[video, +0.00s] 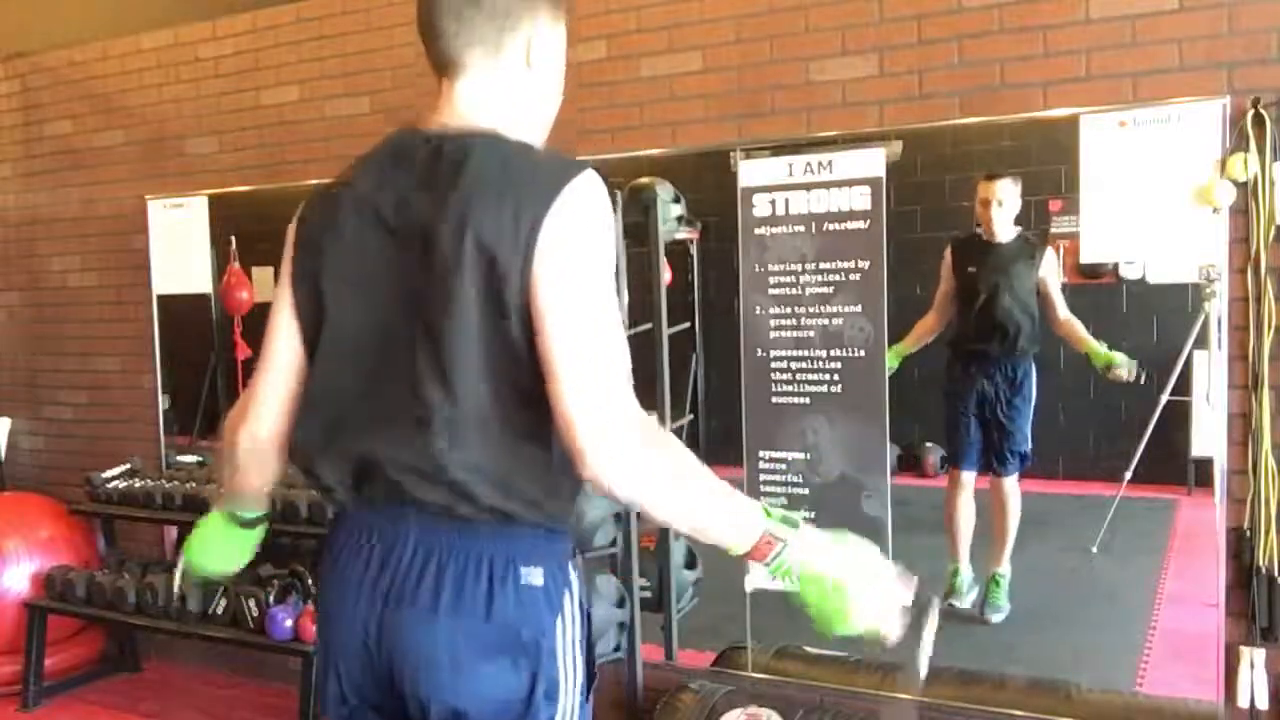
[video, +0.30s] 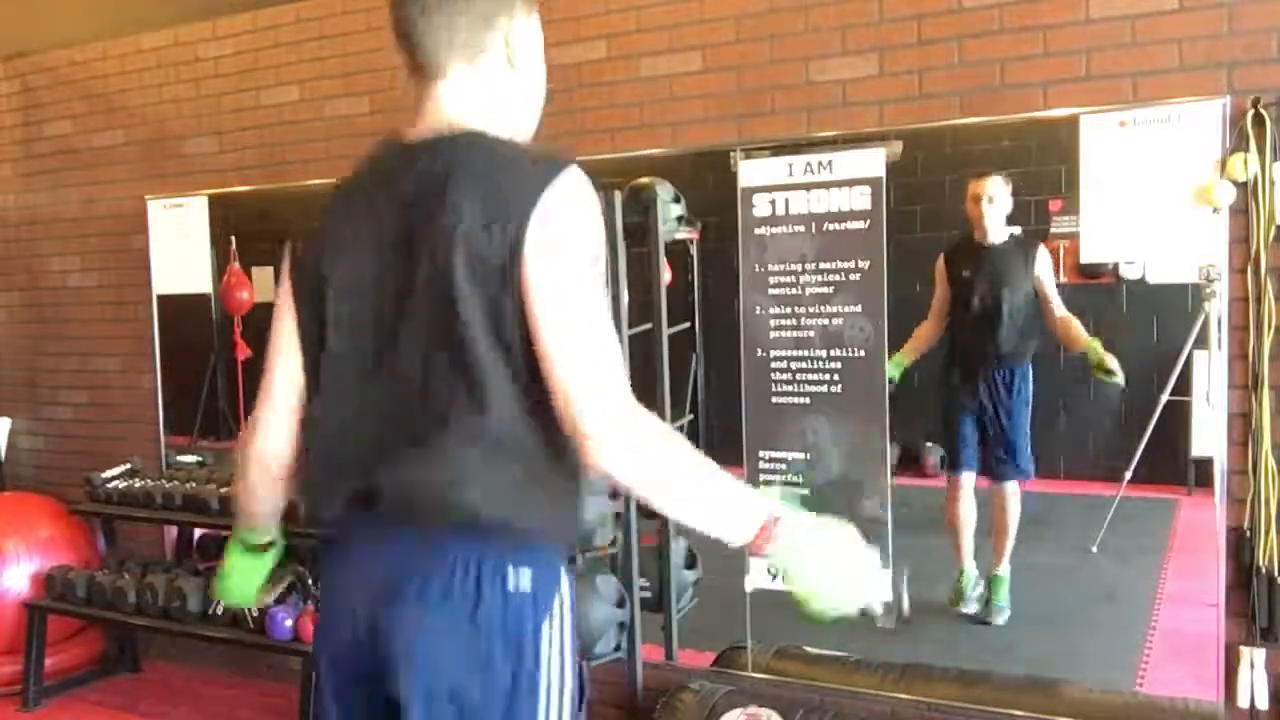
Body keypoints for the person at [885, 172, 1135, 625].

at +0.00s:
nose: (990, 212)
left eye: (999, 204)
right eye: (984, 203)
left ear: (1018, 206)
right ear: (974, 205)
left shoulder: (1038, 255)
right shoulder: (957, 252)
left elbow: (1061, 319)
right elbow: (938, 315)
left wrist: (1100, 355)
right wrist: (897, 352)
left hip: (1015, 373)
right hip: (965, 371)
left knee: (1004, 476)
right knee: (960, 476)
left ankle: (999, 577)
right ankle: (960, 575)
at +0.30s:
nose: (983, 208)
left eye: (992, 199)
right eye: (977, 199)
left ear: (1009, 205)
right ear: (966, 205)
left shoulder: (1032, 255)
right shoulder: (951, 259)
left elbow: (1058, 316)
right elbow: (935, 322)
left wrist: (1091, 350)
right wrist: (900, 358)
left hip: (1012, 377)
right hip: (961, 376)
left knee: (1006, 480)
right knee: (960, 479)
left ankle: (1000, 577)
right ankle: (965, 576)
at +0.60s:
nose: (972, 222)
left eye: (981, 213)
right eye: (966, 213)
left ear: (999, 218)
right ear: (958, 219)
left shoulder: (1026, 269)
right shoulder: (943, 273)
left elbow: (1054, 323)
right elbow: (929, 329)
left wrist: (1085, 342)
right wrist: (895, 352)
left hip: (1017, 387)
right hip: (968, 390)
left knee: (1011, 491)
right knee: (970, 498)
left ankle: (1015, 530)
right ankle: (981, 590)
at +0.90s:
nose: (980, 236)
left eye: (989, 228)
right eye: (974, 228)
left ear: (1007, 233)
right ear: (963, 235)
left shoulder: (1031, 283)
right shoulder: (949, 287)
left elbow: (1060, 337)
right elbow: (932, 343)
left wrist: (1092, 341)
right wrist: (898, 352)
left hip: (1025, 399)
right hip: (974, 401)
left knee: (1020, 501)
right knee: (985, 504)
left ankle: (1021, 604)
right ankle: (1004, 590)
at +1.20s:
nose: (990, 212)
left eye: (1000, 204)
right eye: (984, 203)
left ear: (1019, 210)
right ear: (974, 209)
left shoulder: (1040, 260)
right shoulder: (959, 260)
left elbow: (1062, 321)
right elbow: (945, 323)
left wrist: (1099, 353)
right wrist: (905, 357)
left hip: (1024, 378)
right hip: (973, 379)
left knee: (1016, 483)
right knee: (983, 494)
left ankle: (1014, 582)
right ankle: (1012, 537)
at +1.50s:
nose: (995, 205)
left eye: (1004, 197)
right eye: (988, 197)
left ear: (1022, 203)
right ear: (977, 204)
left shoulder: (1043, 255)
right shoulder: (961, 254)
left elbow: (1066, 318)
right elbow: (945, 318)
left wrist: (1100, 358)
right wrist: (906, 359)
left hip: (1022, 376)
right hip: (970, 375)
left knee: (1015, 479)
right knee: (967, 478)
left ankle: (1012, 580)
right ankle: (977, 567)